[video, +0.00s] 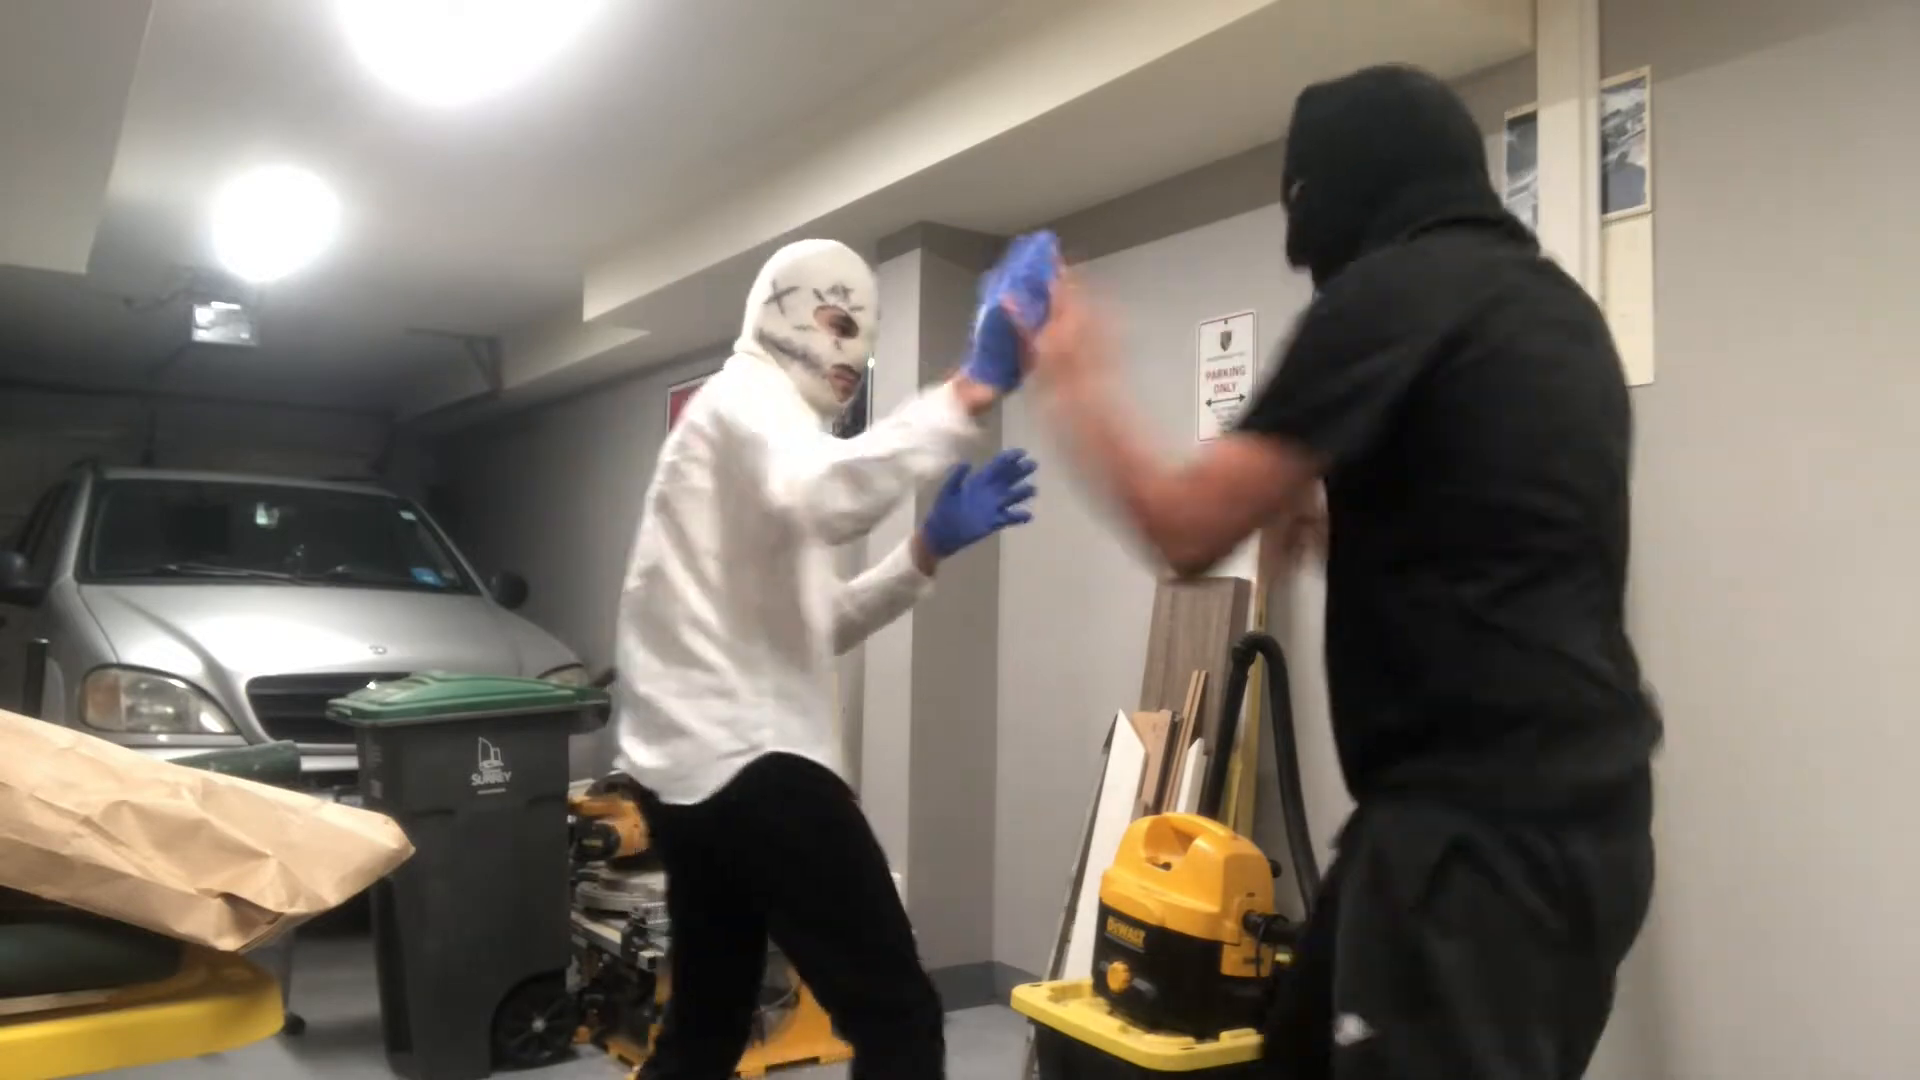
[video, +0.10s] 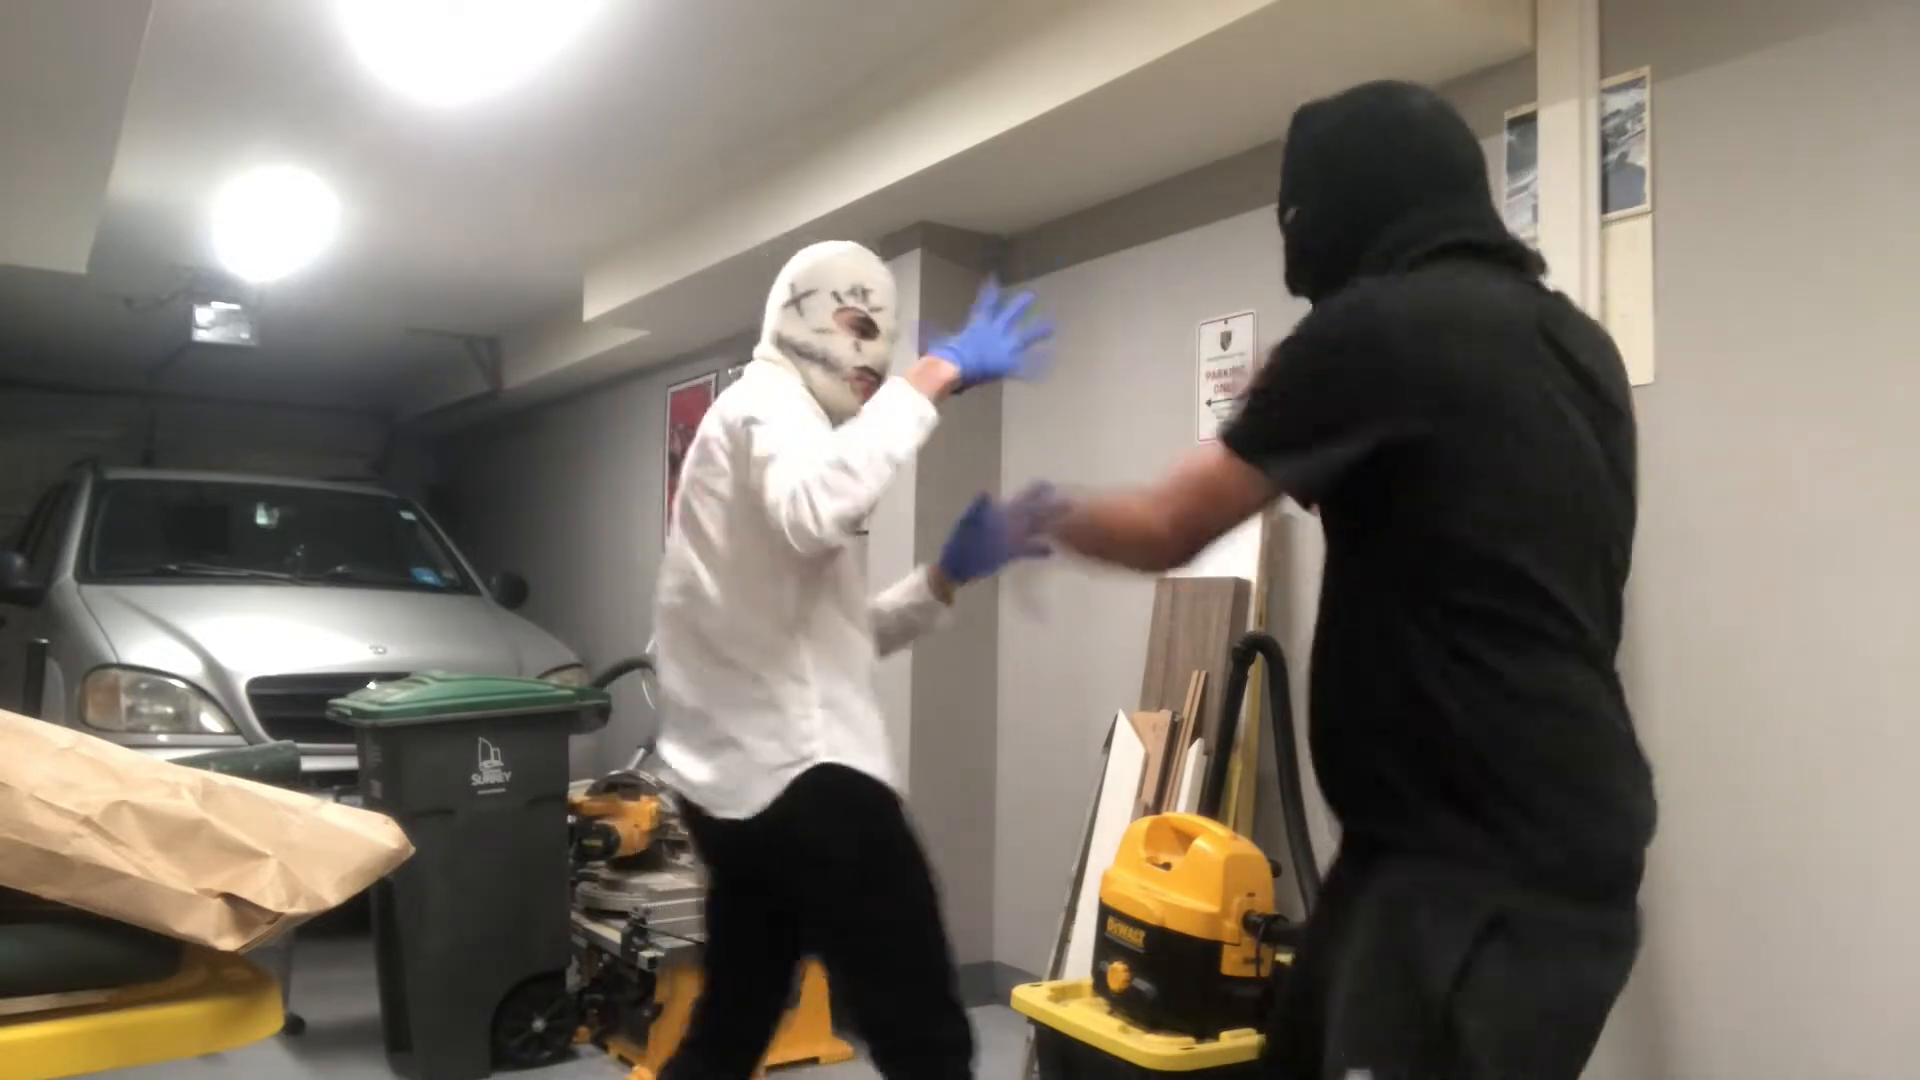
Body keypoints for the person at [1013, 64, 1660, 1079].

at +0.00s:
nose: (1293, 220)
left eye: (1301, 188)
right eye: (1293, 192)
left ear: (1352, 176)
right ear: (1447, 166)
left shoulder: (1395, 294)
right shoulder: (1556, 303)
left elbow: (1182, 522)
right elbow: (1508, 531)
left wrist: (1075, 375)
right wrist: (1335, 526)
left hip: (1461, 840)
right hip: (1579, 825)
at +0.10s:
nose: (1285, 233)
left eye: (1295, 203)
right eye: (1285, 206)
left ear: (1353, 193)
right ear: (1448, 185)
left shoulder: (1374, 330)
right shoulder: (1577, 343)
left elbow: (1163, 527)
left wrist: (1049, 511)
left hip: (1454, 876)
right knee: (1300, 1046)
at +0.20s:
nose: (1283, 235)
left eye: (1294, 200)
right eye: (1285, 204)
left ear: (1355, 195)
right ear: (1434, 186)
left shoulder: (1415, 334)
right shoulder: (1514, 322)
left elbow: (1284, 633)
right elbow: (1339, 576)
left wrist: (1173, 619)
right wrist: (1214, 447)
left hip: (1473, 880)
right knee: (1295, 1055)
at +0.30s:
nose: (1267, 260)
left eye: (1273, 221)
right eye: (1264, 227)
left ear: (1336, 206)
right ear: (1402, 192)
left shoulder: (1437, 336)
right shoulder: (1505, 313)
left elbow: (1323, 639)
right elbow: (1359, 535)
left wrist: (1183, 485)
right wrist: (1184, 507)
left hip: (1474, 897)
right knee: (1314, 1055)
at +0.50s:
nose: (1268, 248)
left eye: (1269, 219)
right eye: (1263, 221)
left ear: (1310, 207)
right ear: (1431, 173)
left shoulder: (1331, 337)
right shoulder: (1584, 329)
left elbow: (1115, 533)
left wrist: (1040, 495)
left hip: (1449, 894)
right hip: (1599, 883)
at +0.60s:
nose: (1251, 251)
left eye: (1251, 226)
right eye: (1246, 230)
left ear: (1295, 207)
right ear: (1399, 169)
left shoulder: (1340, 318)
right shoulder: (1545, 310)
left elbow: (1136, 541)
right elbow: (1374, 444)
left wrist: (1087, 515)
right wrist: (1202, 369)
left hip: (1447, 877)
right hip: (1575, 865)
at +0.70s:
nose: (1244, 262)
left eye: (1244, 229)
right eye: (1233, 236)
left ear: (1306, 191)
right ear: (1340, 179)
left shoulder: (1437, 286)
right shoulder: (1387, 290)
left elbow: (1195, 529)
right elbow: (1231, 423)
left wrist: (1126, 489)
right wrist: (1081, 502)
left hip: (1512, 827)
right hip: (1405, 810)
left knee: (1427, 1061)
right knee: (1327, 1054)